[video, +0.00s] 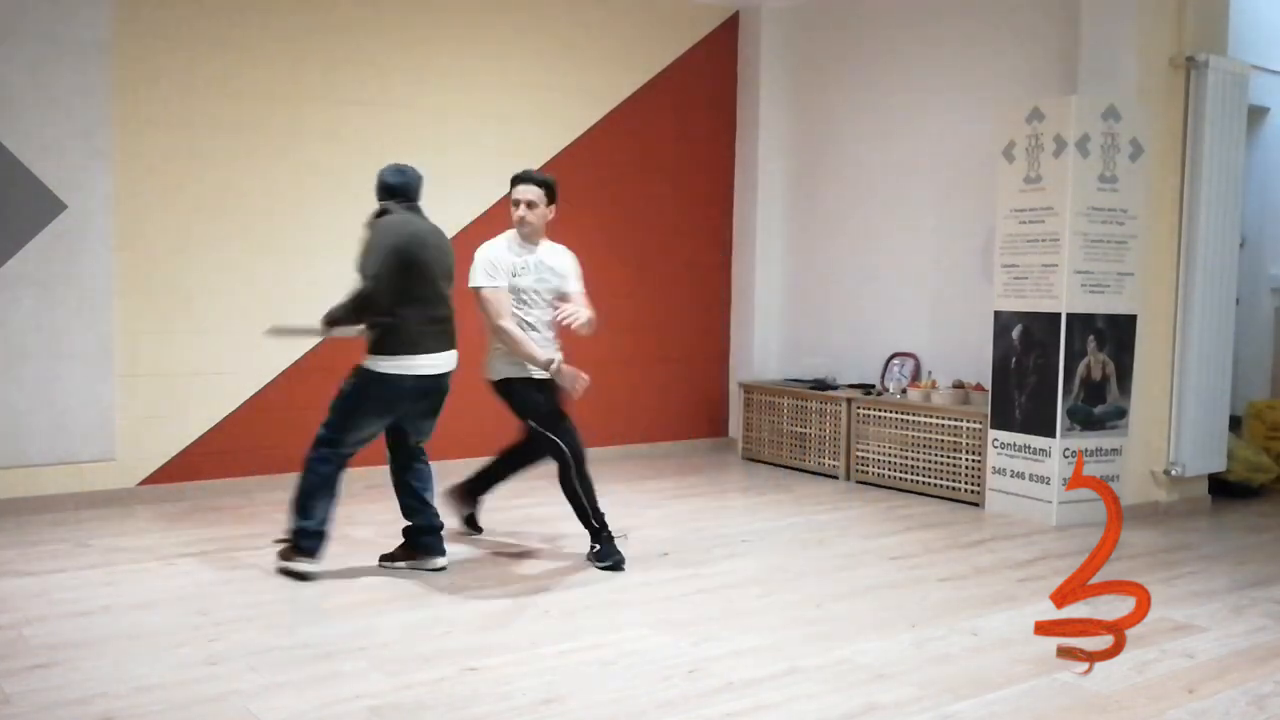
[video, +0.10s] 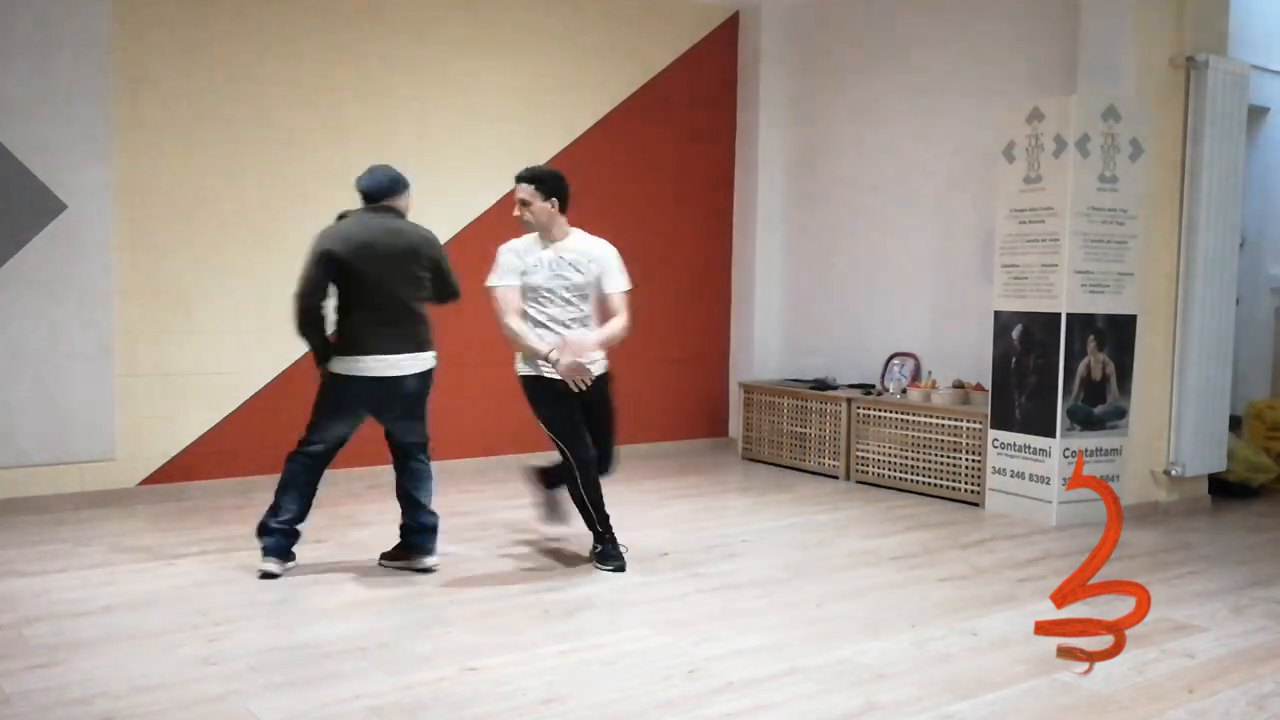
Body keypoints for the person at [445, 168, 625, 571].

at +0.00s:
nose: (520, 212)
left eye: (530, 205)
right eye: (515, 204)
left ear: (550, 212)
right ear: (509, 208)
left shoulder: (562, 258)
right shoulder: (490, 255)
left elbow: (585, 317)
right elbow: (502, 325)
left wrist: (582, 313)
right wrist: (553, 366)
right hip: (510, 370)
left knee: (539, 442)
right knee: (567, 442)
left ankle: (467, 492)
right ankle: (600, 537)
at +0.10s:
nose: (517, 212)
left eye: (524, 204)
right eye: (516, 204)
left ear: (554, 204)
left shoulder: (600, 252)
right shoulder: (512, 254)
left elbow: (620, 319)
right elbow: (508, 320)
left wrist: (587, 345)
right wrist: (554, 357)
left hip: (591, 372)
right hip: (541, 374)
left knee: (601, 460)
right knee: (580, 456)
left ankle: (546, 477)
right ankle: (605, 540)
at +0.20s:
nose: (531, 212)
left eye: (535, 202)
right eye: (531, 203)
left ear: (561, 202)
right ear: (556, 202)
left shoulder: (617, 248)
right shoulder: (544, 254)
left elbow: (644, 316)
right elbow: (541, 317)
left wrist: (615, 373)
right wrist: (554, 348)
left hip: (617, 372)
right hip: (566, 375)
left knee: (626, 459)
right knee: (573, 467)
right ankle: (612, 531)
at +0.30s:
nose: (554, 211)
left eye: (558, 201)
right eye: (554, 202)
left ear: (582, 201)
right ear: (583, 202)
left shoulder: (631, 248)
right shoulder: (581, 254)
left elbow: (665, 321)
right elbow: (578, 314)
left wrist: (642, 387)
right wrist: (569, 344)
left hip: (634, 375)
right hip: (595, 378)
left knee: (639, 466)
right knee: (576, 462)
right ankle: (648, 534)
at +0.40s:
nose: (582, 213)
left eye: (587, 203)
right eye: (582, 204)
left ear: (611, 204)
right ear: (612, 204)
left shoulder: (648, 251)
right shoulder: (626, 253)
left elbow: (682, 327)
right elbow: (618, 326)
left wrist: (650, 390)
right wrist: (584, 358)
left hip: (657, 381)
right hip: (631, 382)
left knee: (657, 477)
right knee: (596, 458)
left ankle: (744, 553)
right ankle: (654, 545)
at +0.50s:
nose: (613, 215)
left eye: (618, 205)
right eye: (614, 206)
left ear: (643, 206)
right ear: (650, 207)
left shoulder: (657, 254)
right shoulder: (683, 248)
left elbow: (674, 333)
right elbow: (655, 335)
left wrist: (637, 394)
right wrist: (608, 371)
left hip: (687, 380)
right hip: (685, 376)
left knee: (677, 482)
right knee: (632, 443)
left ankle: (751, 574)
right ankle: (658, 545)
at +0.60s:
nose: (641, 217)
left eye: (646, 208)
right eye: (642, 208)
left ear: (670, 209)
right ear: (681, 211)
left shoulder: (666, 251)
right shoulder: (727, 250)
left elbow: (653, 332)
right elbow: (709, 337)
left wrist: (629, 394)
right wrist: (646, 372)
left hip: (723, 373)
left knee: (702, 484)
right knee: (694, 444)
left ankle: (758, 589)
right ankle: (673, 540)